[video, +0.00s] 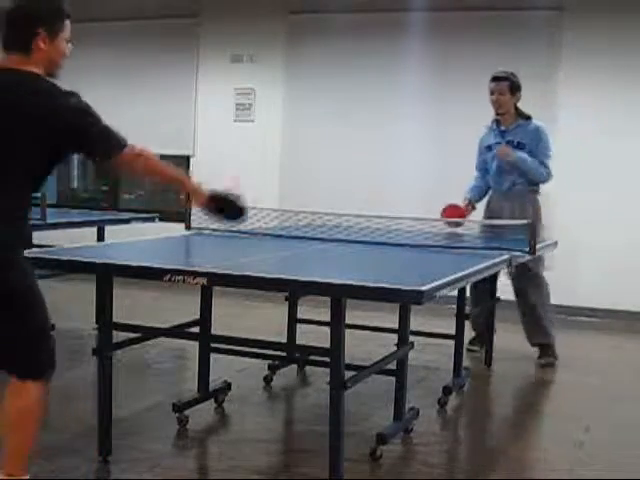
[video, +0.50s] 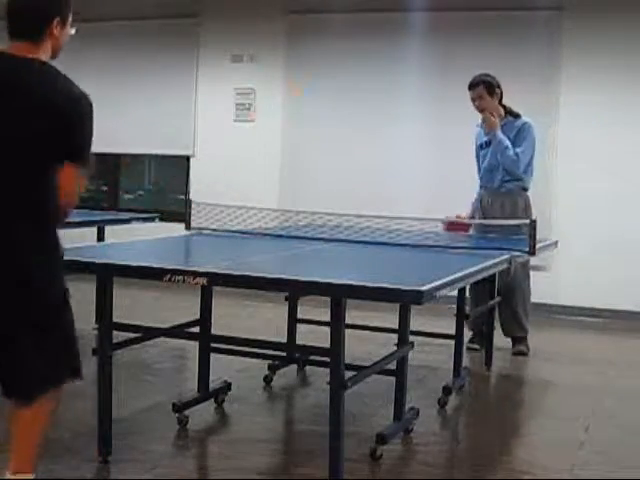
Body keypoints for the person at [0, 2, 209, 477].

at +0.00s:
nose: (67, 51)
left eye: (69, 41)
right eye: (65, 41)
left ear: (15, 39)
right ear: (40, 41)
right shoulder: (52, 102)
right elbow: (126, 158)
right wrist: (190, 187)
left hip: (5, 253)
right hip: (3, 254)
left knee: (24, 360)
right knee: (30, 364)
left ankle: (11, 468)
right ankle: (11, 472)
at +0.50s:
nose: (67, 35)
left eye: (67, 25)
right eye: (67, 26)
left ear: (10, 19)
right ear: (55, 27)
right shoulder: (65, 98)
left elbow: (66, 191)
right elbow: (67, 192)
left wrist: (47, 207)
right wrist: (43, 215)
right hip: (24, 250)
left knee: (43, 364)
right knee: (43, 367)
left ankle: (18, 469)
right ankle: (19, 471)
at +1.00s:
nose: (78, 34)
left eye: (77, 25)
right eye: (78, 24)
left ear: (19, 23)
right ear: (67, 23)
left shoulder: (4, 65)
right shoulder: (65, 77)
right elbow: (80, 153)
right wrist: (114, 196)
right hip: (20, 244)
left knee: (17, 365)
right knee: (22, 373)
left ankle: (12, 465)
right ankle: (10, 471)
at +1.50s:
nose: (115, 51)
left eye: (114, 41)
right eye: (113, 42)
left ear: (59, 44)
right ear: (101, 45)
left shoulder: (21, 98)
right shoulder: (87, 100)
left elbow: (22, 182)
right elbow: (76, 182)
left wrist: (116, 218)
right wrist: (125, 225)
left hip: (9, 268)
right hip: (48, 273)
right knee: (106, 381)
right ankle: (96, 472)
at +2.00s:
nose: (208, 42)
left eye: (210, 29)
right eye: (205, 26)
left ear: (170, 22)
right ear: (172, 20)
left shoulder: (142, 90)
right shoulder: (129, 90)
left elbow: (117, 187)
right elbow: (96, 183)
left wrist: (166, 207)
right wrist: (120, 270)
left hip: (96, 274)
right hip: (98, 275)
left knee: (108, 377)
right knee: (197, 389)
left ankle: (70, 469)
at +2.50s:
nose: (290, 8)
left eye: (290, 2)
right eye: (287, 0)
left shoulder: (163, 29)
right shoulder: (231, 34)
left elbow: (96, 100)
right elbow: (235, 135)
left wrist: (80, 154)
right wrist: (360, 154)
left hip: (127, 267)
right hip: (194, 273)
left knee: (149, 446)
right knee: (221, 449)